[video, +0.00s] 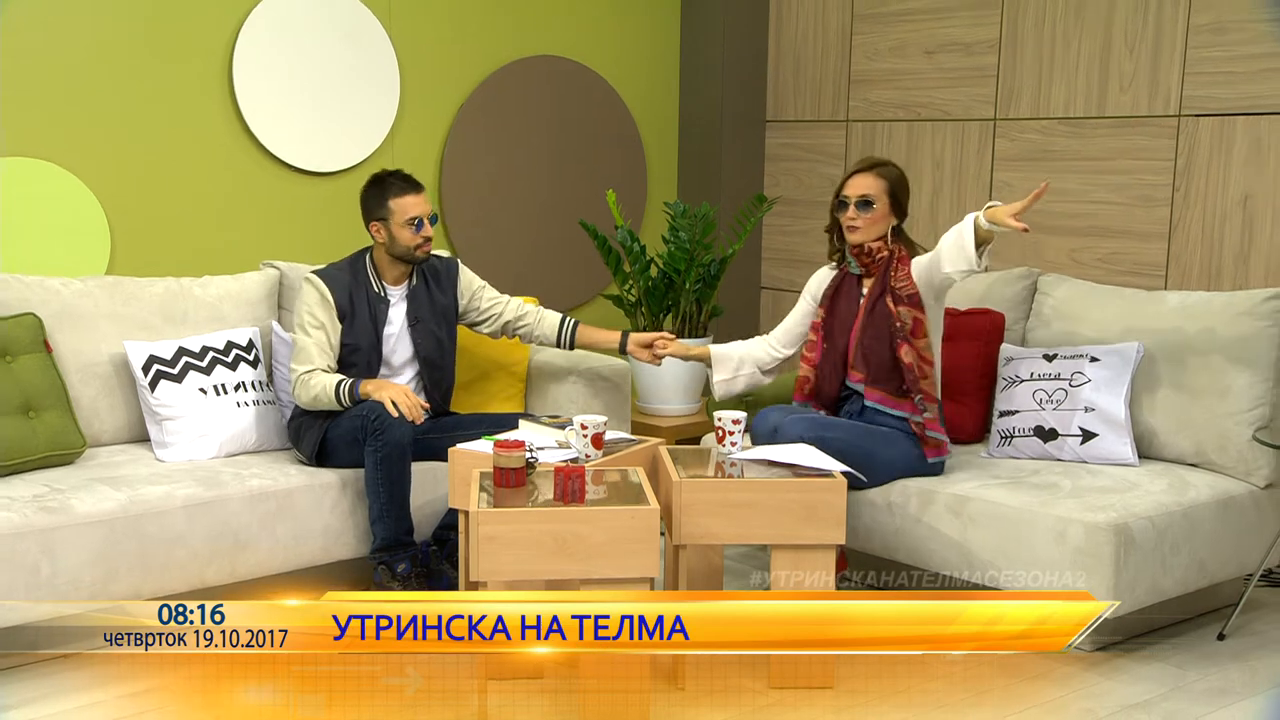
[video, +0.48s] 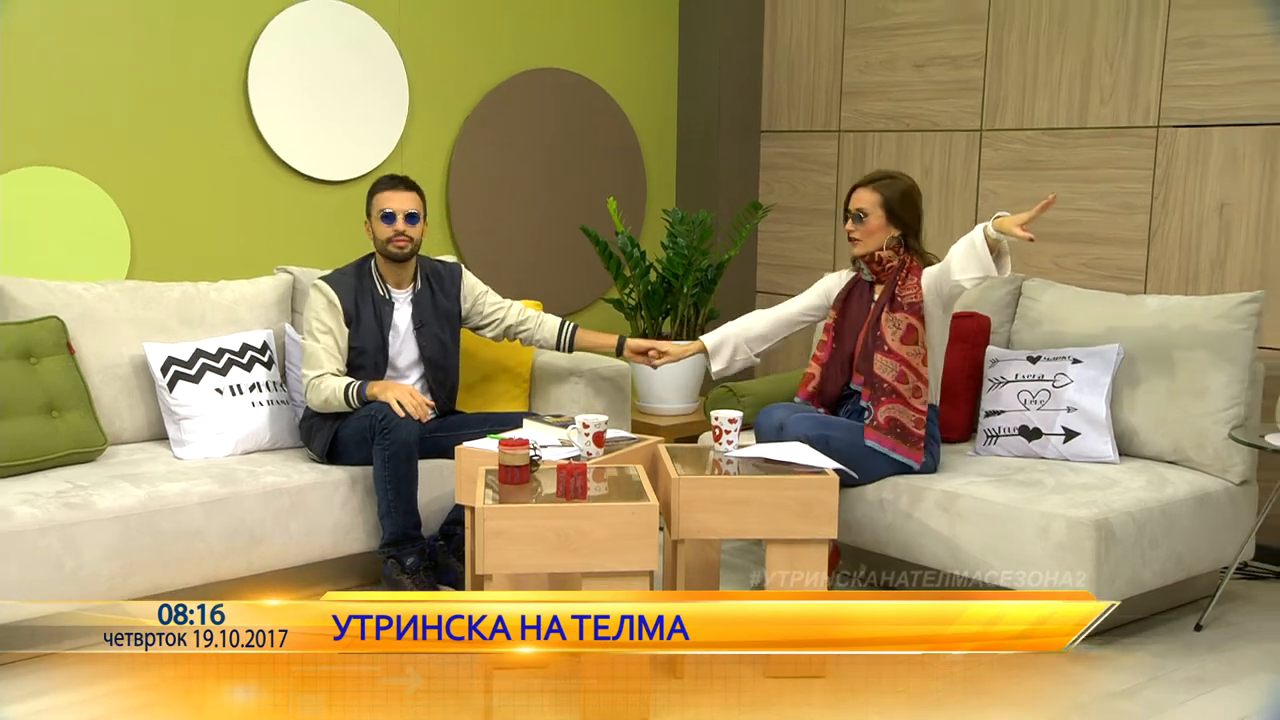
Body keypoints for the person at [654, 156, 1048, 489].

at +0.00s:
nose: (850, 215)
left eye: (865, 205)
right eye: (844, 205)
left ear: (895, 214)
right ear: (836, 213)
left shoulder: (920, 274)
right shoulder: (828, 281)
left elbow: (954, 251)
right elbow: (773, 349)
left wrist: (985, 220)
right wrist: (689, 351)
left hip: (905, 433)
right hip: (841, 422)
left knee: (786, 428)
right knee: (765, 421)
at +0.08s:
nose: (848, 217)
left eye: (862, 207)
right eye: (842, 207)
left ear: (893, 216)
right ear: (834, 216)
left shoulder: (917, 275)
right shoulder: (826, 282)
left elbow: (948, 255)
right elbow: (771, 349)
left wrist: (982, 221)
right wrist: (687, 349)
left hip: (903, 432)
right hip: (841, 422)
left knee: (785, 428)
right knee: (763, 421)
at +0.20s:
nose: (843, 222)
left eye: (857, 210)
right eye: (839, 212)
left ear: (892, 217)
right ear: (835, 220)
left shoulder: (920, 278)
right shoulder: (831, 282)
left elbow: (950, 259)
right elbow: (768, 336)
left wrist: (985, 225)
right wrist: (688, 358)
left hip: (904, 435)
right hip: (844, 423)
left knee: (791, 429)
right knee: (764, 420)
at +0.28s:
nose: (844, 224)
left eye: (857, 212)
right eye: (841, 214)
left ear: (893, 217)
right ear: (840, 223)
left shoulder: (924, 278)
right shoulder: (836, 281)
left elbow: (956, 260)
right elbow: (771, 324)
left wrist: (989, 227)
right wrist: (691, 356)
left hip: (903, 434)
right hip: (842, 421)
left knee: (788, 423)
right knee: (762, 425)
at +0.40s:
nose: (847, 227)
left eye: (859, 215)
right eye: (846, 217)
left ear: (896, 221)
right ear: (849, 225)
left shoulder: (928, 282)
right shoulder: (841, 283)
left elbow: (960, 261)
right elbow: (771, 320)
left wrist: (992, 229)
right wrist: (694, 350)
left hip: (905, 435)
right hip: (845, 422)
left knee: (789, 424)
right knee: (766, 428)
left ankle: (819, 563)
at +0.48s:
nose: (848, 228)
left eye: (860, 217)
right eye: (848, 218)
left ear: (897, 224)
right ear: (853, 226)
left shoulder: (928, 284)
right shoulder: (844, 284)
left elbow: (960, 265)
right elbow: (774, 319)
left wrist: (994, 229)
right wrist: (695, 348)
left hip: (903, 438)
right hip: (847, 423)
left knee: (794, 427)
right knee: (766, 422)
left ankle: (816, 559)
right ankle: (787, 559)